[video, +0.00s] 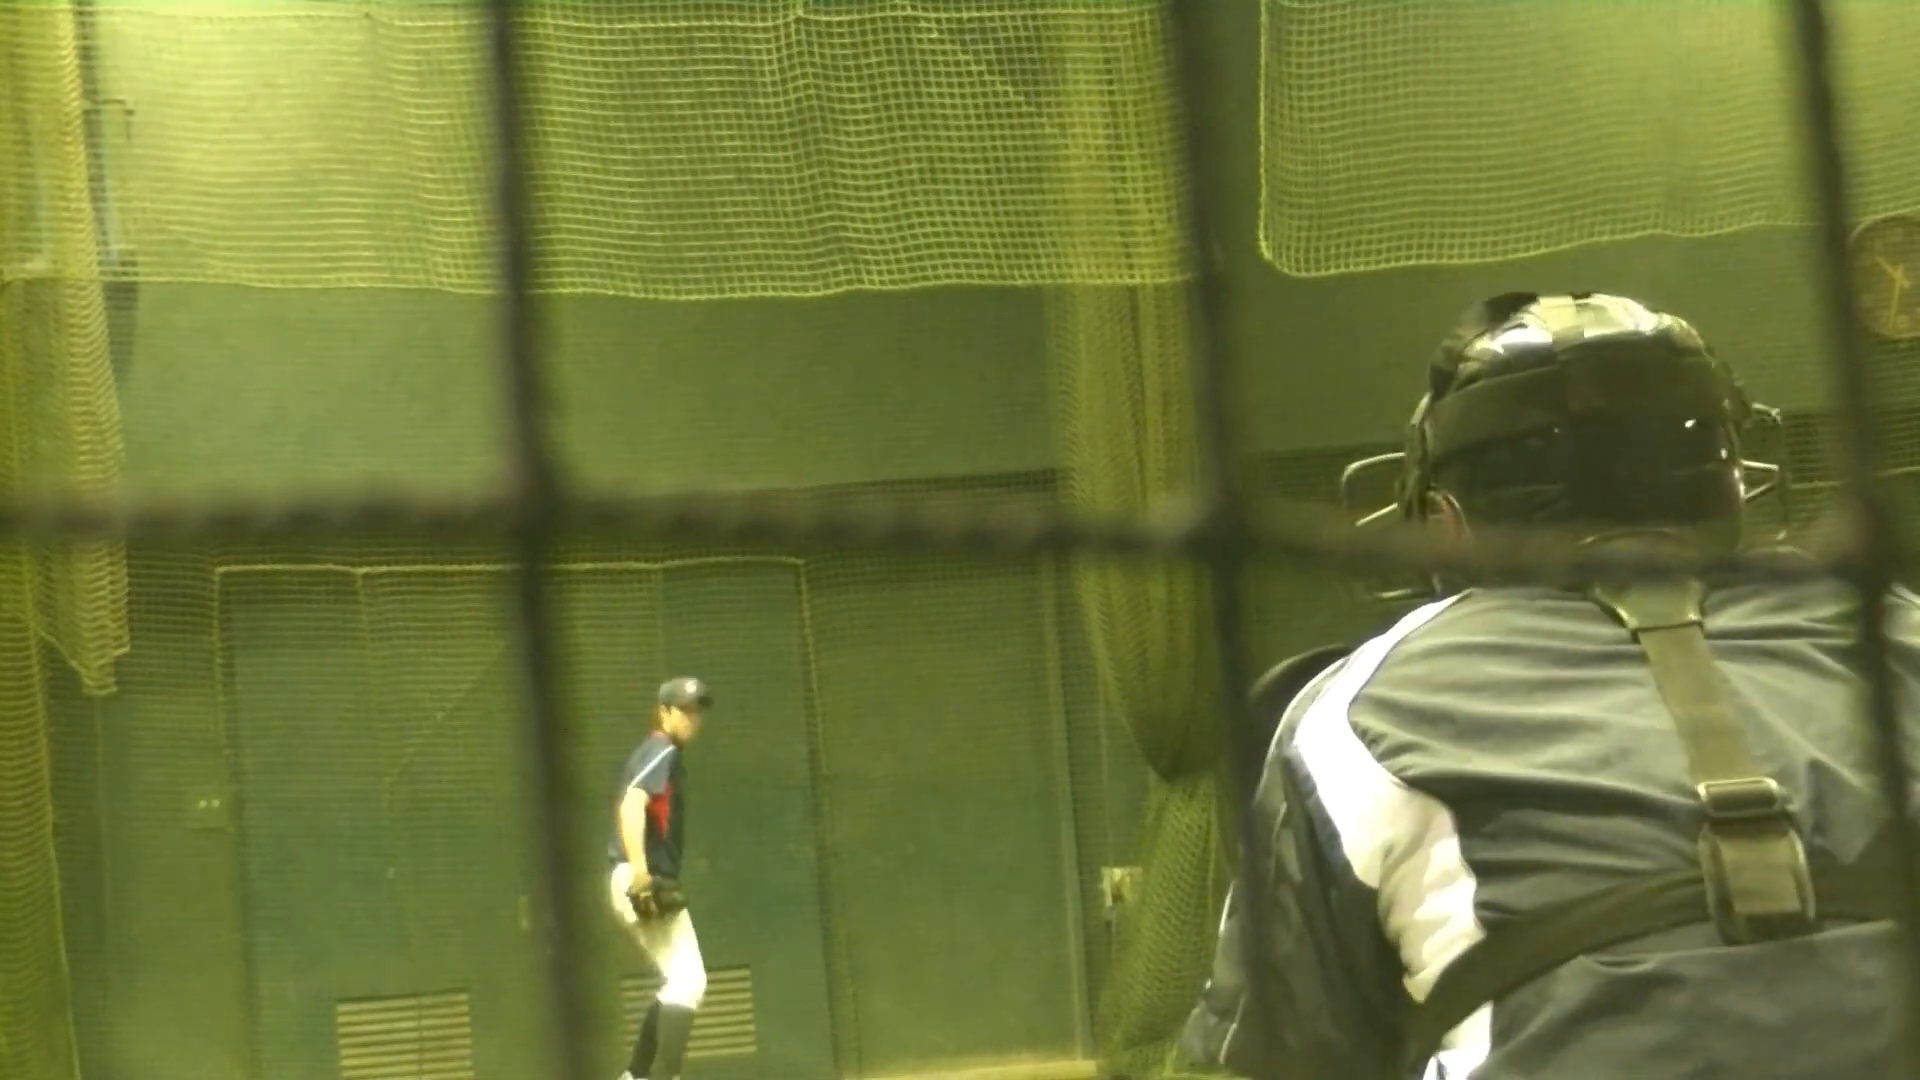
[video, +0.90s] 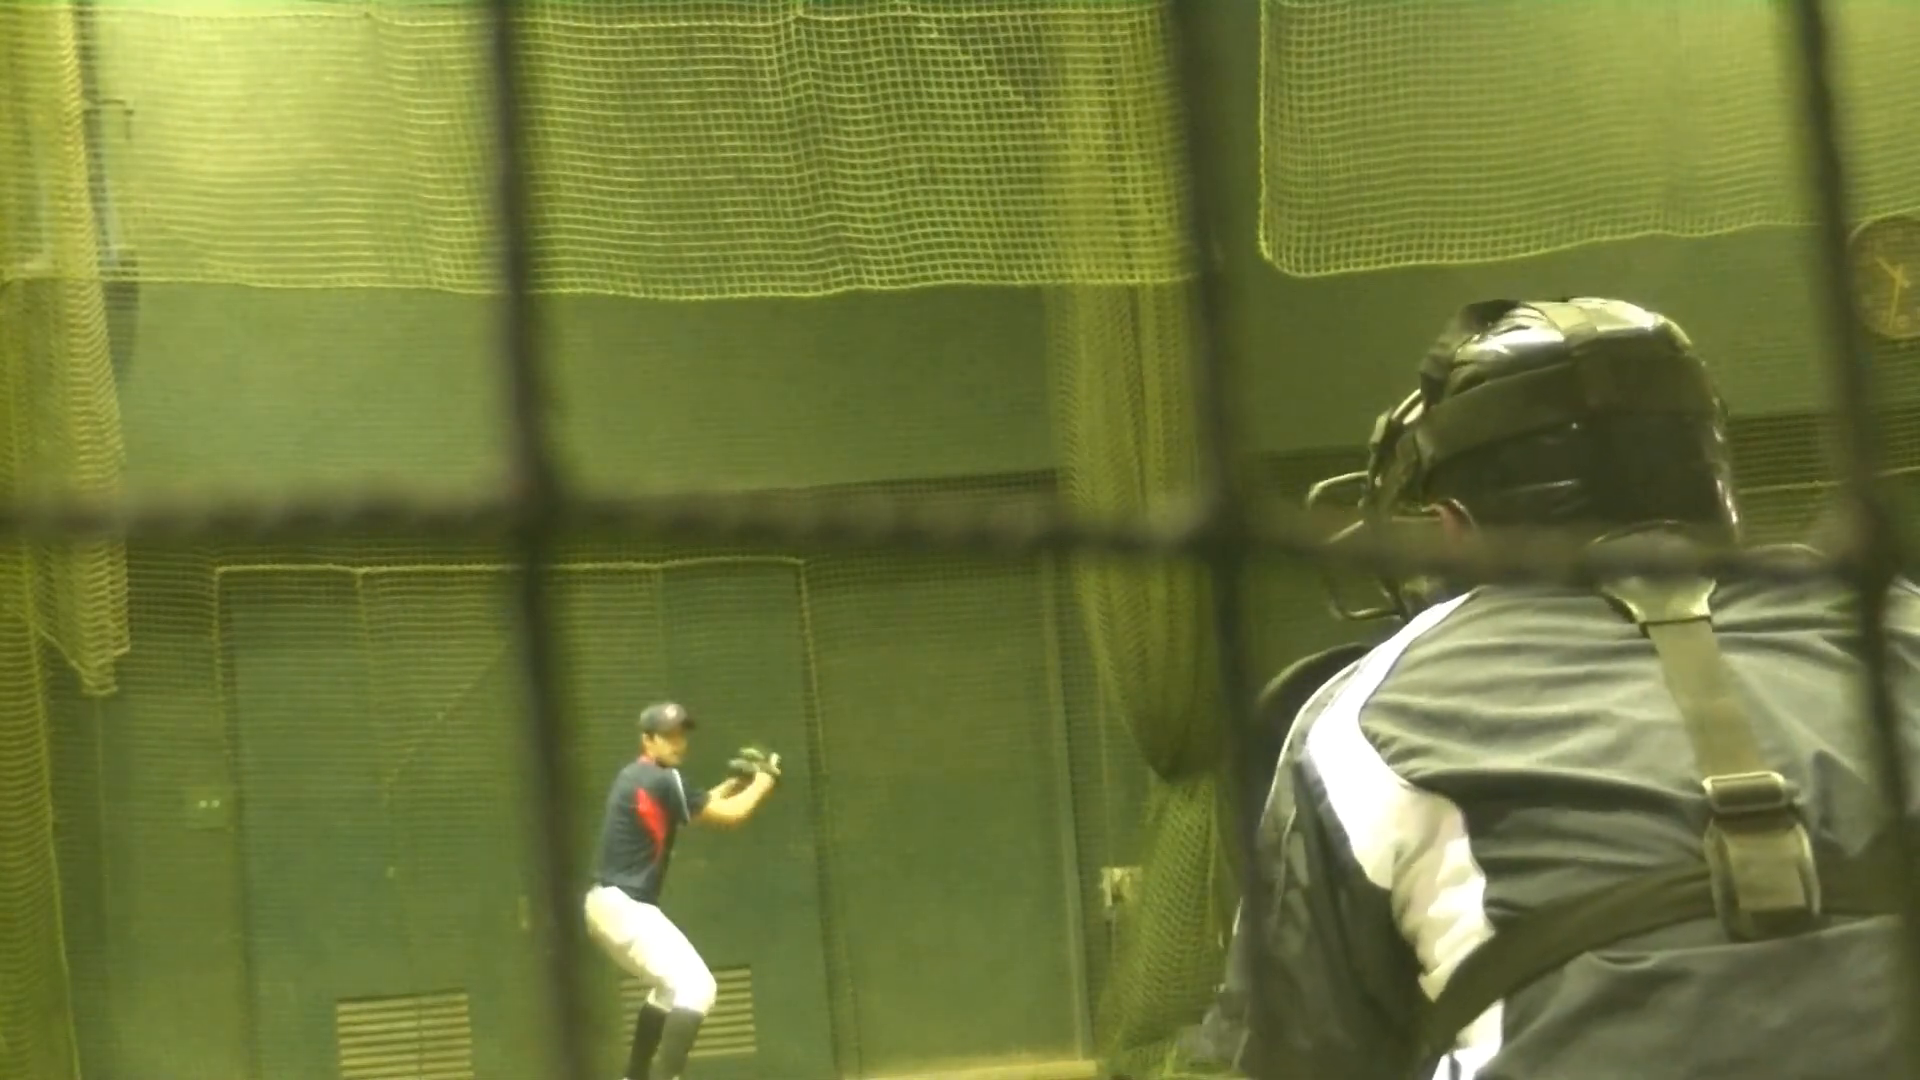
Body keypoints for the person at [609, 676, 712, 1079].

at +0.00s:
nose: (697, 721)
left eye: (699, 712)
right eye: (690, 712)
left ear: (677, 714)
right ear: (666, 712)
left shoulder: (659, 748)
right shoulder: (662, 747)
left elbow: (634, 808)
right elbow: (631, 803)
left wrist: (654, 871)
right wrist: (639, 870)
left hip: (642, 876)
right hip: (645, 877)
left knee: (680, 980)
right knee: (688, 979)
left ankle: (639, 1071)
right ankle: (666, 1072)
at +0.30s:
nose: (707, 723)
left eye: (709, 715)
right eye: (699, 715)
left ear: (709, 717)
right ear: (676, 716)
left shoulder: (660, 751)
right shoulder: (673, 756)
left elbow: (646, 832)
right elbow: (653, 826)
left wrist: (678, 906)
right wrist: (677, 897)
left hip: (620, 874)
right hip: (631, 877)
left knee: (657, 980)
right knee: (682, 979)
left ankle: (635, 1072)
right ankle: (669, 1072)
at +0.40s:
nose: (703, 731)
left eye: (706, 723)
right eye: (694, 723)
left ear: (710, 724)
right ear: (671, 723)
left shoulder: (656, 759)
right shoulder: (669, 764)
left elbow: (662, 845)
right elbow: (671, 838)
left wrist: (687, 895)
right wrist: (712, 900)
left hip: (616, 881)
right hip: (629, 883)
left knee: (659, 982)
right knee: (685, 982)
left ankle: (634, 1072)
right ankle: (667, 1072)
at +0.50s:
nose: (696, 734)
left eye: (699, 726)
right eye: (688, 726)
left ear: (702, 727)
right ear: (664, 727)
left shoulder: (649, 764)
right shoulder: (666, 769)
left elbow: (681, 846)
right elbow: (689, 842)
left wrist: (723, 887)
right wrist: (745, 892)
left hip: (613, 886)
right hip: (628, 888)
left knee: (661, 982)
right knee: (684, 983)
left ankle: (635, 1073)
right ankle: (668, 1072)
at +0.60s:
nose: (687, 735)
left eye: (690, 727)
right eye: (678, 727)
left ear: (691, 729)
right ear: (655, 730)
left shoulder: (644, 767)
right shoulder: (662, 773)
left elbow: (696, 836)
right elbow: (702, 836)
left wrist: (758, 859)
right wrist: (768, 866)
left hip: (611, 891)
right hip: (624, 893)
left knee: (663, 983)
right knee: (684, 983)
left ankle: (636, 1073)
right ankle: (665, 1073)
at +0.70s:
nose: (684, 740)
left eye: (685, 732)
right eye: (674, 733)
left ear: (686, 733)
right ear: (651, 735)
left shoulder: (637, 772)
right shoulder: (662, 779)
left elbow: (700, 819)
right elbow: (716, 834)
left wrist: (761, 820)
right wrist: (780, 836)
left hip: (608, 898)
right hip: (624, 900)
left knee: (666, 984)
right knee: (689, 985)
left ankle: (639, 1072)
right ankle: (667, 1073)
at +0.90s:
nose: (681, 745)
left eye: (683, 736)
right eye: (672, 737)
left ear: (682, 736)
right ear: (649, 740)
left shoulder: (637, 774)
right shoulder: (661, 780)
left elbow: (695, 807)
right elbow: (730, 813)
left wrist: (736, 782)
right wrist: (764, 779)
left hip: (607, 902)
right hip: (625, 905)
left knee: (670, 985)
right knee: (697, 986)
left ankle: (636, 1073)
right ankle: (666, 1073)